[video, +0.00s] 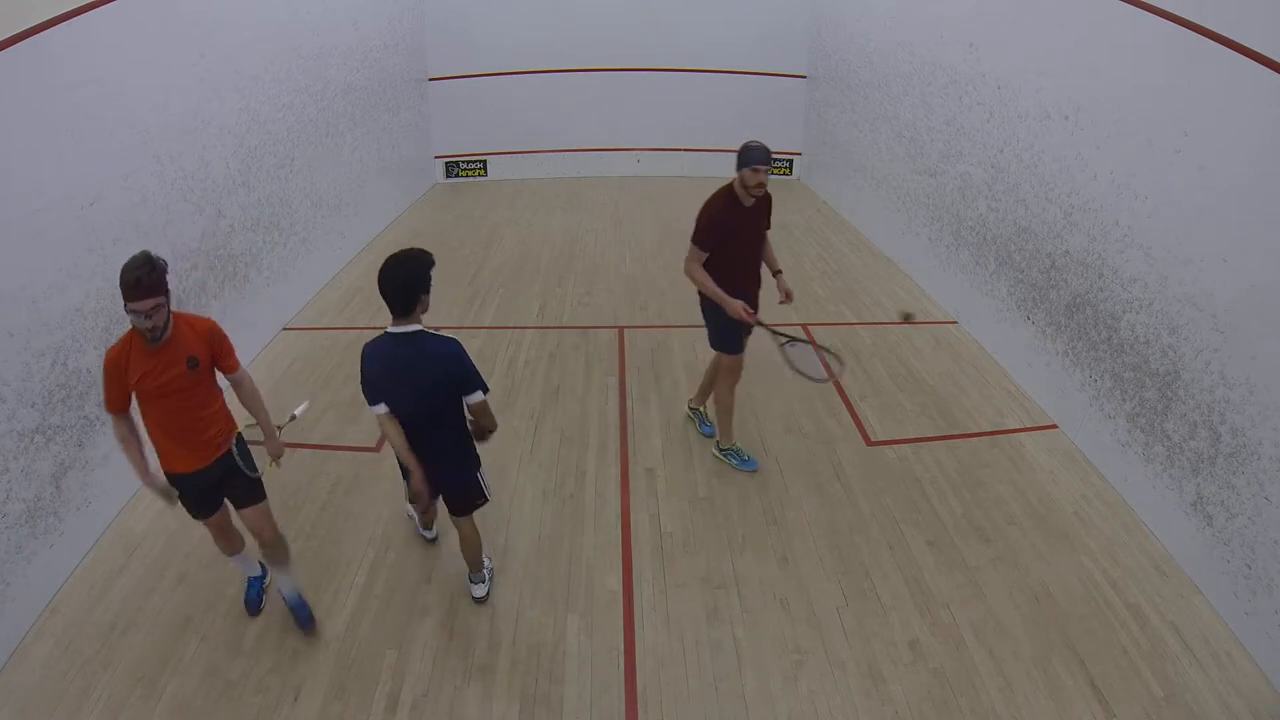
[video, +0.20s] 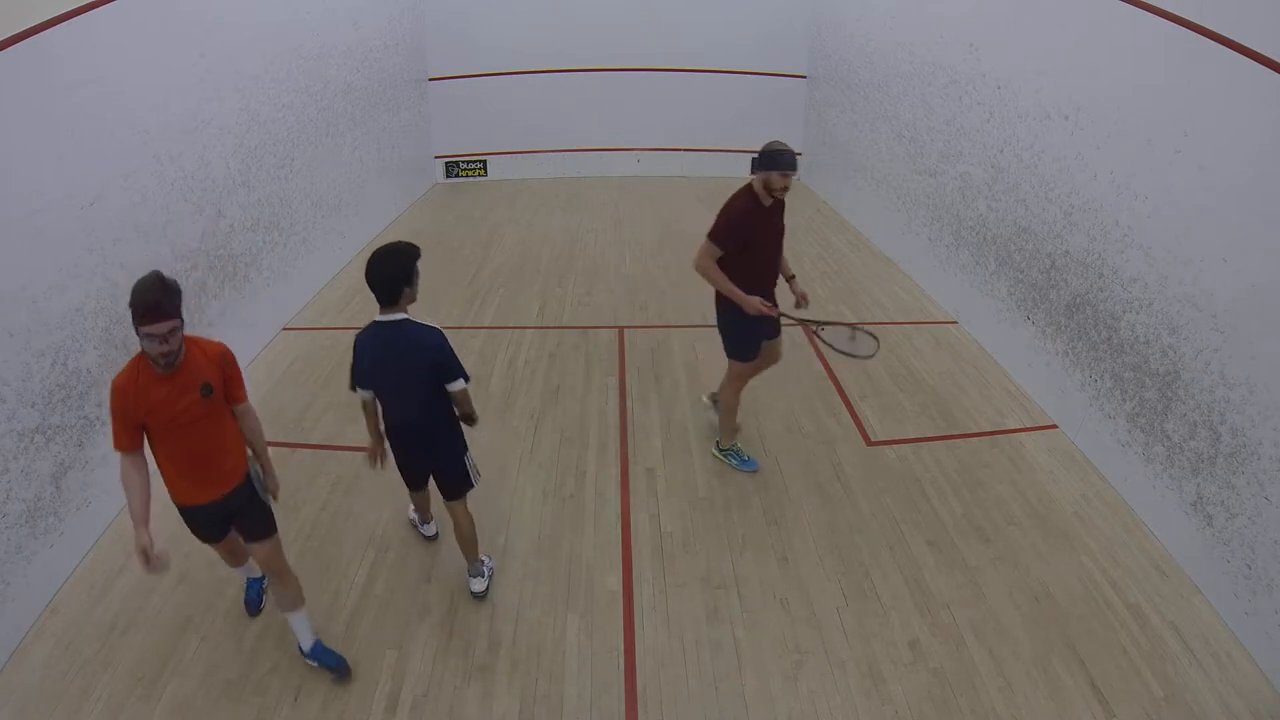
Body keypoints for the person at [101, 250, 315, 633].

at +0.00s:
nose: (148, 322)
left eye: (155, 310)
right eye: (137, 314)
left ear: (168, 296)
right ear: (125, 308)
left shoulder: (202, 332)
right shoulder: (119, 360)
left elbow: (240, 380)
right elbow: (120, 418)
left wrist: (269, 432)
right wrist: (146, 477)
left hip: (227, 450)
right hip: (183, 469)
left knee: (265, 533)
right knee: (220, 529)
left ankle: (289, 589)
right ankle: (253, 572)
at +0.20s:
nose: (164, 346)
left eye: (171, 333)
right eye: (152, 338)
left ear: (182, 320)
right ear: (136, 333)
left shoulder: (215, 357)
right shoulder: (127, 389)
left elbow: (244, 413)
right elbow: (132, 459)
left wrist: (267, 467)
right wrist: (141, 528)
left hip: (239, 483)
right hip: (193, 501)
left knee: (274, 565)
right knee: (227, 548)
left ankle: (309, 642)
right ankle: (254, 574)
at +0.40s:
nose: (183, 356)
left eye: (190, 342)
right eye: (169, 348)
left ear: (200, 329)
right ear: (150, 343)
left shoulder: (234, 368)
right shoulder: (138, 408)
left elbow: (265, 431)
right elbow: (144, 486)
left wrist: (296, 489)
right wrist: (163, 563)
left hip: (266, 503)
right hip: (216, 531)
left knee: (292, 580)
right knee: (250, 605)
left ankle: (312, 649)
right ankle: (258, 615)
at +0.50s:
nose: (191, 360)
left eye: (199, 346)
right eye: (177, 352)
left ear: (208, 333)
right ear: (157, 349)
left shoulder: (241, 371)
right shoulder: (144, 418)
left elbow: (279, 435)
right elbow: (155, 496)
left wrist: (317, 495)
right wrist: (179, 571)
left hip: (275, 510)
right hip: (225, 539)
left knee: (296, 584)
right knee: (272, 627)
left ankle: (312, 648)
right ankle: (281, 649)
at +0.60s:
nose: (204, 369)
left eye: (211, 353)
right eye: (189, 361)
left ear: (219, 339)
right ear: (166, 358)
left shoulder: (250, 379)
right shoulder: (153, 435)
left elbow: (294, 439)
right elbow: (171, 511)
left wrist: (340, 502)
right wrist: (198, 577)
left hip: (286, 522)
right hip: (241, 555)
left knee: (304, 596)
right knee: (298, 638)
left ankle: (313, 651)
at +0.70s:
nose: (220, 383)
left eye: (224, 365)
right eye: (202, 376)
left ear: (230, 352)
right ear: (176, 377)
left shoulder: (262, 391)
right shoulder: (165, 455)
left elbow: (313, 454)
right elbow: (187, 527)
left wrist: (363, 514)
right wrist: (219, 587)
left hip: (302, 534)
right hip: (258, 571)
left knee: (312, 603)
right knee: (320, 661)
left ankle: (325, 659)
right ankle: (361, 712)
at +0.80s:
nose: (236, 398)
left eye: (239, 379)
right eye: (217, 391)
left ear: (245, 366)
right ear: (189, 396)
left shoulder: (278, 406)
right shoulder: (180, 478)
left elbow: (327, 468)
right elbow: (203, 549)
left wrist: (380, 527)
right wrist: (242, 611)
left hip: (322, 554)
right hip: (280, 597)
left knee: (324, 619)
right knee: (344, 670)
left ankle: (319, 654)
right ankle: (380, 714)